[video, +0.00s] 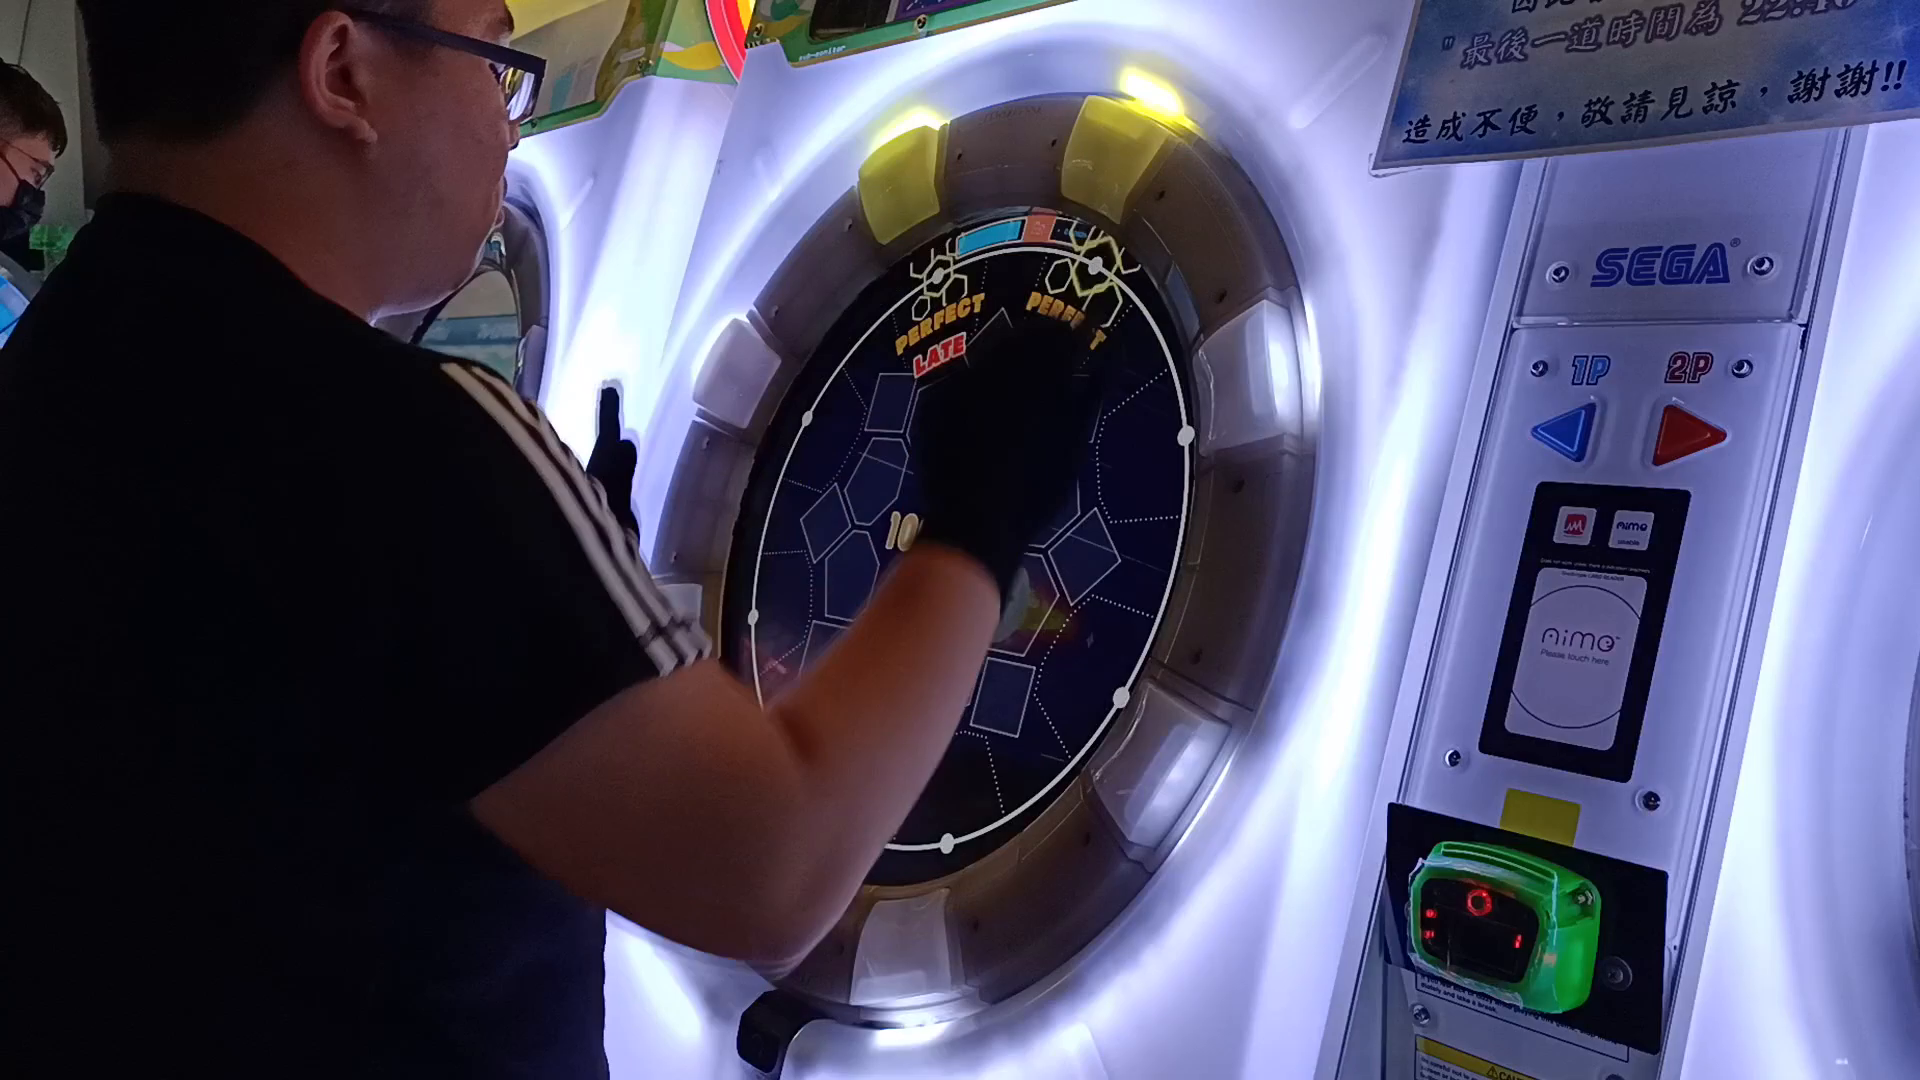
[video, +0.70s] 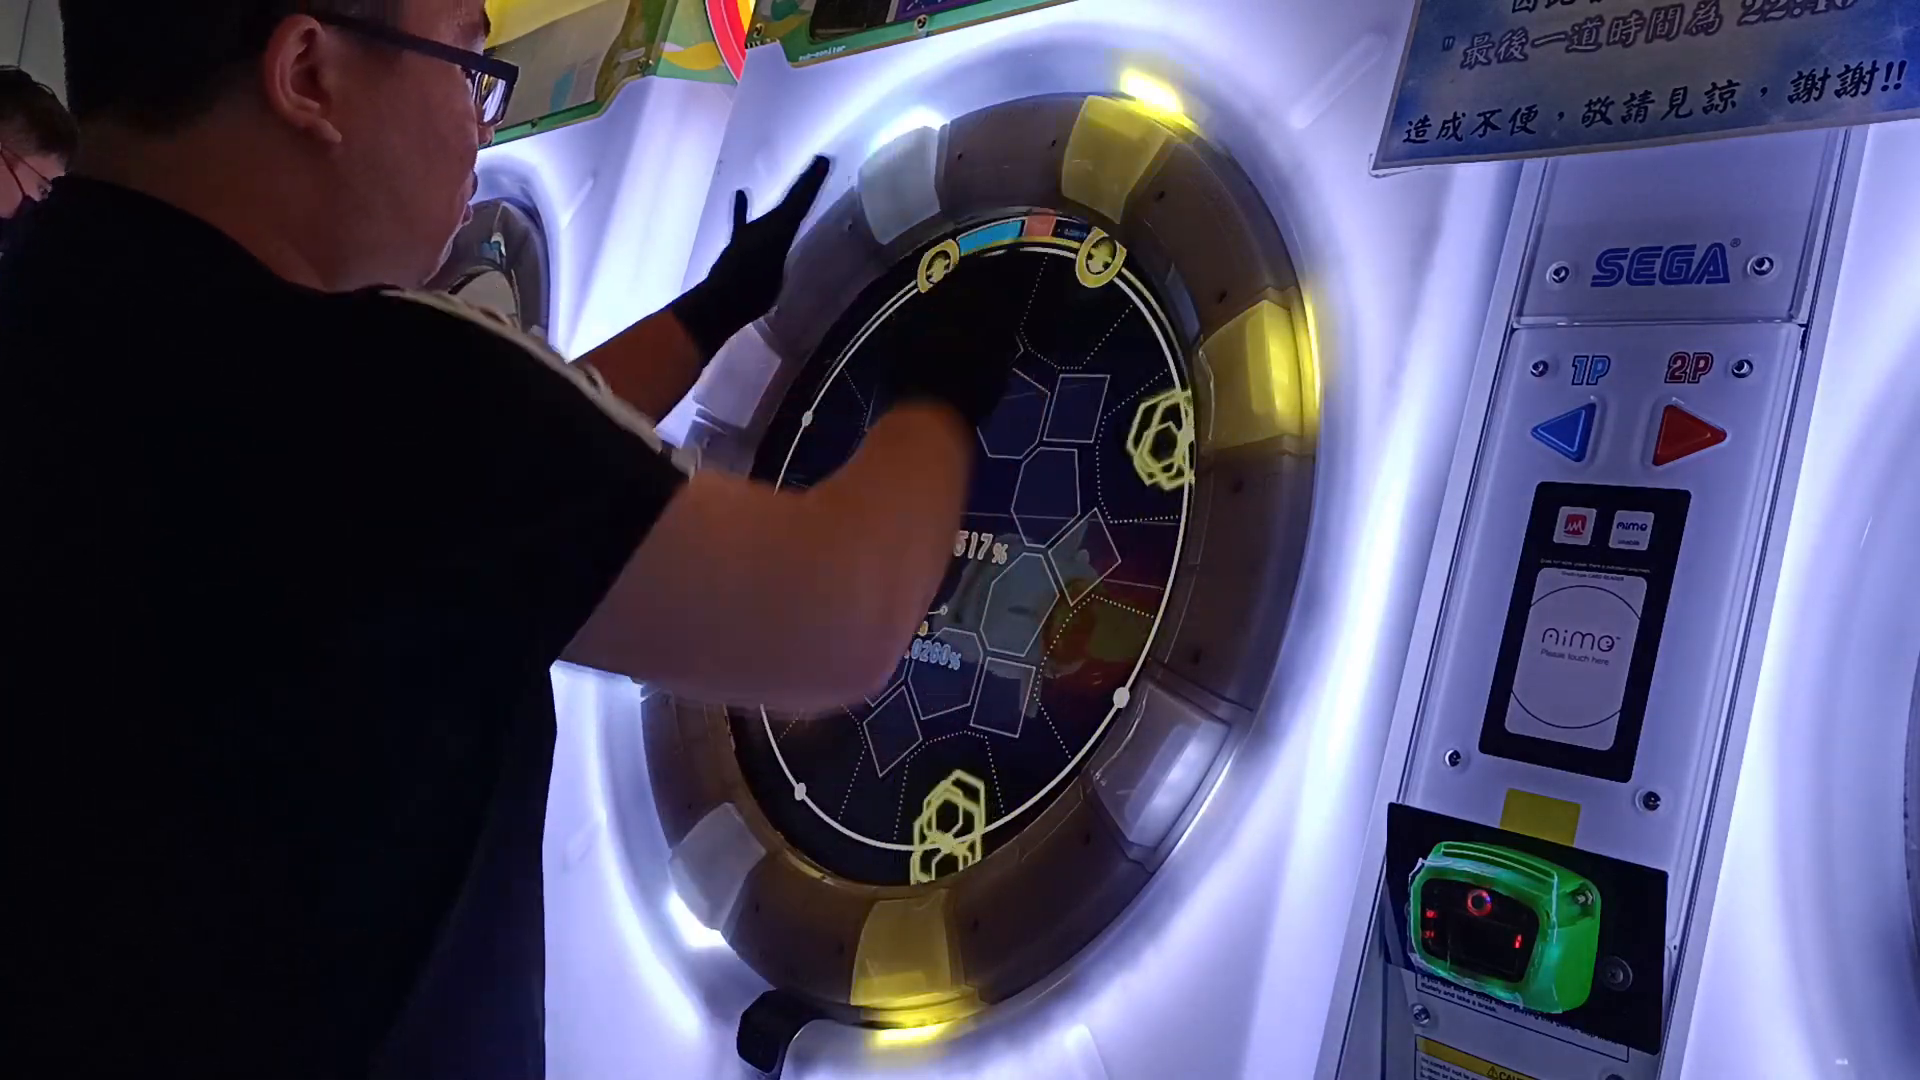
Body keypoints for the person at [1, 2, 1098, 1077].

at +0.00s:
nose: (513, 128)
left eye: (508, 71)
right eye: (494, 62)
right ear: (342, 75)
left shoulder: (40, 383)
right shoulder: (391, 440)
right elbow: (775, 871)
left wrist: (544, 572)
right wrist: (975, 530)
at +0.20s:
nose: (495, 140)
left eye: (488, 83)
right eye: (475, 73)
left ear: (306, 81)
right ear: (304, 83)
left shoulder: (41, 384)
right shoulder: (360, 432)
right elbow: (735, 896)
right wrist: (994, 583)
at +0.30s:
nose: (491, 136)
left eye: (485, 73)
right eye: (471, 64)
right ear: (297, 78)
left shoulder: (44, 383)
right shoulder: (377, 429)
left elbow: (237, 869)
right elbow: (829, 805)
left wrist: (623, 960)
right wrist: (1046, 530)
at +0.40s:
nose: (489, 117)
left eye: (484, 68)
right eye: (464, 59)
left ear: (294, 70)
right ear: (297, 73)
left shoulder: (45, 359)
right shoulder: (375, 407)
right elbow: (864, 712)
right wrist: (1092, 484)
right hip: (435, 1046)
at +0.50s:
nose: (497, 102)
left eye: (490, 51)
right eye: (477, 44)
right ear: (316, 55)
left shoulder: (51, 329)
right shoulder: (373, 376)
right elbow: (891, 589)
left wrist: (694, 405)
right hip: (409, 1039)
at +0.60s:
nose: (492, 101)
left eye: (486, 56)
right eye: (473, 49)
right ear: (310, 60)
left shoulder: (46, 300)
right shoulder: (406, 388)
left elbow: (466, 419)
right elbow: (910, 473)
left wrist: (774, 258)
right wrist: (1027, 244)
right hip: (409, 1043)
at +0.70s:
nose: (489, 114)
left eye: (485, 69)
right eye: (470, 63)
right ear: (310, 77)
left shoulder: (35, 302)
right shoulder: (390, 404)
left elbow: (447, 500)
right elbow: (838, 624)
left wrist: (719, 303)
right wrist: (945, 383)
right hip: (398, 1044)